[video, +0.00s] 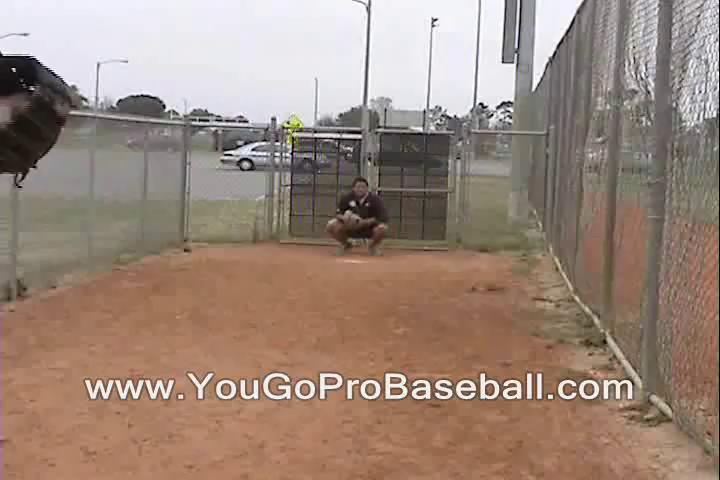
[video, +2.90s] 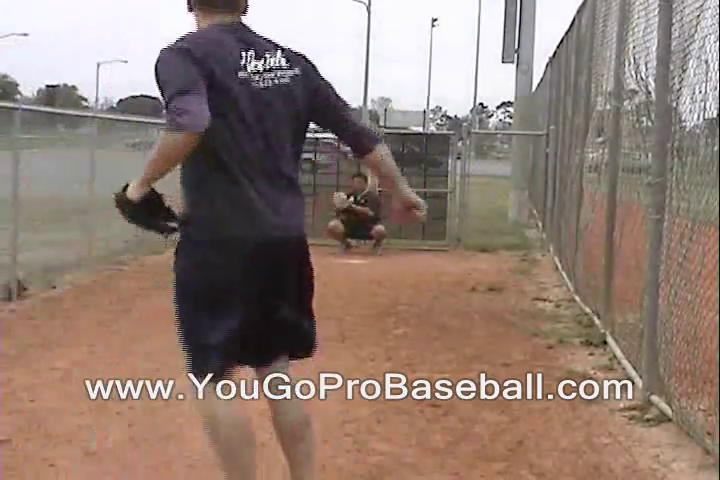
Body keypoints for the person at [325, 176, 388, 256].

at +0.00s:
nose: (360, 189)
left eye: (363, 187)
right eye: (358, 187)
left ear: (367, 189)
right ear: (353, 188)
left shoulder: (374, 199)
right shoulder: (346, 199)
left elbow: (382, 218)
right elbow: (338, 213)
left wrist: (363, 222)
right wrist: (345, 219)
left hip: (367, 227)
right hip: (350, 226)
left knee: (381, 229)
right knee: (332, 226)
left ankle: (373, 246)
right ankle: (346, 245)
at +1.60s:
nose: (361, 186)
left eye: (363, 184)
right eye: (358, 184)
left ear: (367, 185)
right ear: (354, 185)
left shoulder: (372, 198)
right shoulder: (346, 198)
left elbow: (379, 213)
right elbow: (338, 213)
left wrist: (364, 211)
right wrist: (347, 213)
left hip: (366, 227)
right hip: (349, 227)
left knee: (378, 230)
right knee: (333, 226)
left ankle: (375, 246)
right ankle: (345, 244)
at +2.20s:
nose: (360, 187)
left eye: (362, 184)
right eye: (358, 184)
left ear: (366, 186)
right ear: (353, 186)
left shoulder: (373, 198)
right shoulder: (346, 198)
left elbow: (377, 215)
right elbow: (338, 214)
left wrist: (364, 203)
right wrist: (349, 209)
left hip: (367, 227)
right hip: (350, 226)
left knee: (379, 229)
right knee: (333, 225)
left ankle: (376, 245)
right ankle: (346, 245)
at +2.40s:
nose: (357, 187)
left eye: (360, 185)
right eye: (355, 185)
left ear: (364, 187)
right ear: (351, 186)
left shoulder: (371, 197)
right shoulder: (346, 197)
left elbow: (371, 205)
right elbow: (338, 213)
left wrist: (357, 203)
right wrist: (350, 211)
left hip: (367, 227)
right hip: (350, 227)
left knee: (379, 229)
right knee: (334, 225)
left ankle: (377, 245)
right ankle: (346, 244)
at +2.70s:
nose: (356, 188)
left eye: (359, 185)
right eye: (354, 185)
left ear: (364, 186)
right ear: (351, 187)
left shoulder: (371, 198)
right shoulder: (347, 199)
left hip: (367, 229)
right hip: (350, 227)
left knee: (378, 230)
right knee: (332, 225)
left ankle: (377, 244)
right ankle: (346, 244)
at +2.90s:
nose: (357, 185)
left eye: (360, 182)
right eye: (355, 182)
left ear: (365, 184)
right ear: (352, 183)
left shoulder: (372, 196)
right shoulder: (349, 196)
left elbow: (371, 212)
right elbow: (338, 214)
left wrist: (351, 207)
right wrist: (340, 206)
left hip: (366, 225)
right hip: (350, 224)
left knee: (380, 230)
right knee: (332, 227)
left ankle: (377, 245)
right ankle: (346, 244)